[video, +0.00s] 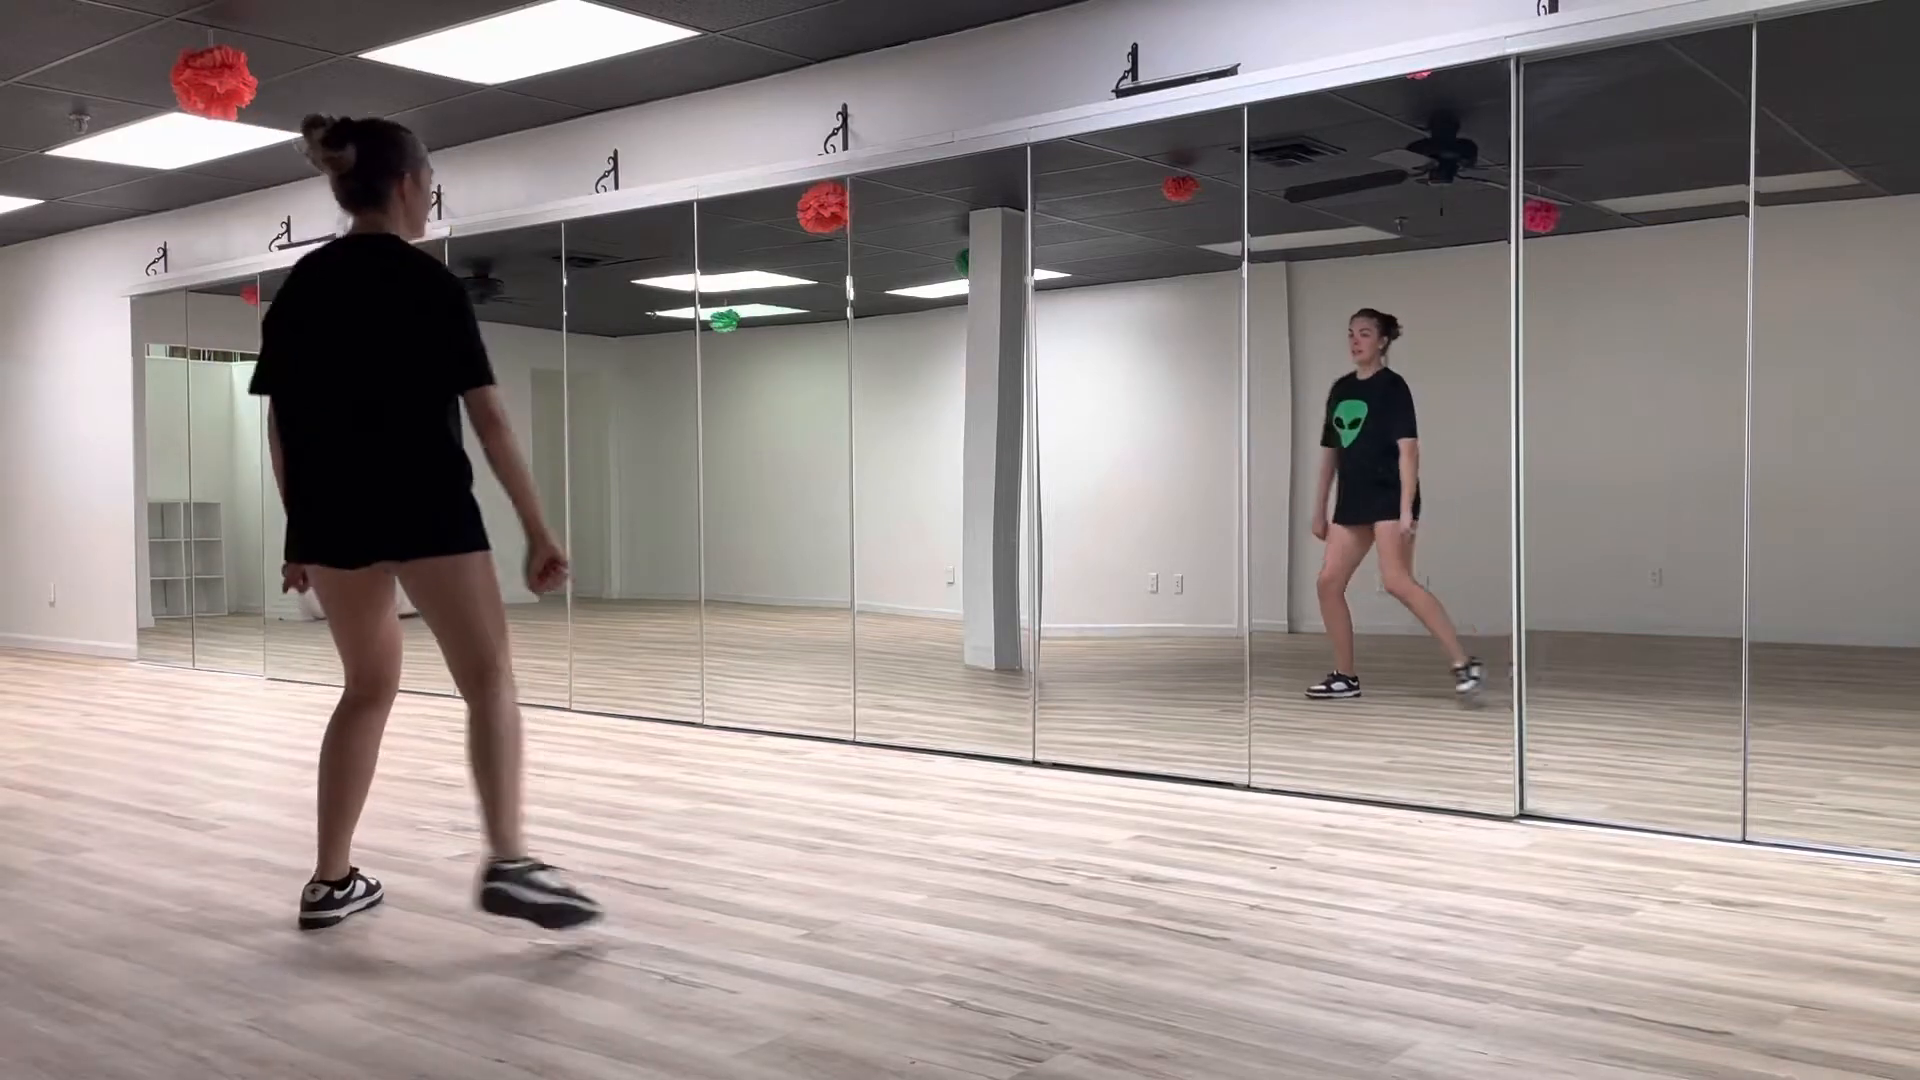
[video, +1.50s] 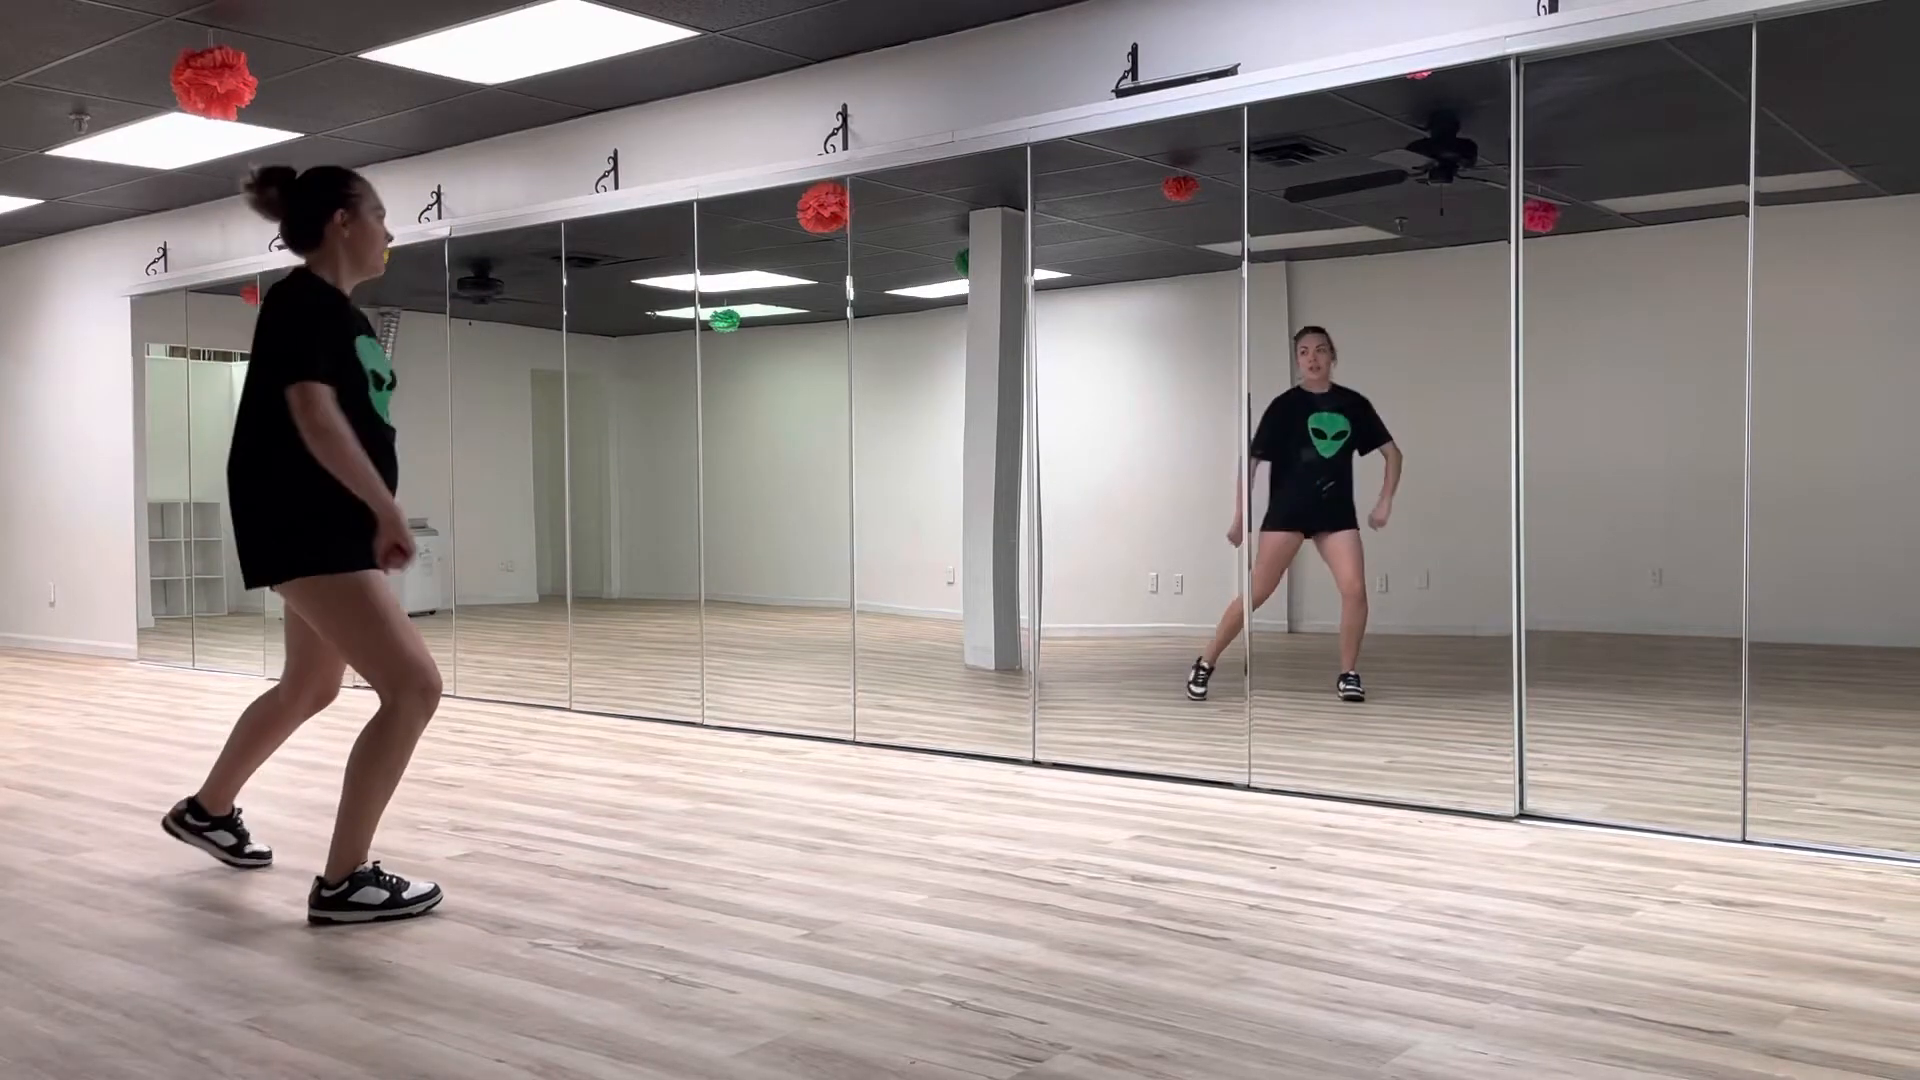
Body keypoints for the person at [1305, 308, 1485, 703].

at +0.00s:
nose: (1356, 341)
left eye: (1364, 335)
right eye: (1352, 335)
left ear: (1384, 341)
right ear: (1348, 340)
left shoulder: (1394, 387)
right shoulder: (1340, 389)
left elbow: (1408, 450)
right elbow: (1329, 455)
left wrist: (1407, 509)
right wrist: (1320, 510)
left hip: (1392, 500)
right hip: (1353, 502)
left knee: (1397, 581)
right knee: (1328, 583)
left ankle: (1462, 664)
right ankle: (1344, 675)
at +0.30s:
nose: (1338, 335)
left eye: (1347, 327)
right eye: (1334, 329)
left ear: (1366, 332)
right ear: (1330, 335)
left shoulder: (1386, 378)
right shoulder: (1322, 381)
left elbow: (1393, 446)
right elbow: (1313, 449)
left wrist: (1391, 505)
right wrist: (1306, 505)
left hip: (1367, 494)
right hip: (1325, 493)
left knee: (1353, 581)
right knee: (1331, 582)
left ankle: (1353, 674)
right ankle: (1336, 671)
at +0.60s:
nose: (1336, 338)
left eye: (1345, 331)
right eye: (1331, 332)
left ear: (1362, 338)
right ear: (1325, 338)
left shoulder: (1381, 386)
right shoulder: (1310, 385)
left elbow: (1397, 444)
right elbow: (1291, 444)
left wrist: (1420, 501)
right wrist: (1266, 496)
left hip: (1364, 499)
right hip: (1315, 499)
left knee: (1357, 584)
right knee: (1318, 586)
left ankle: (1355, 673)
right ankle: (1327, 668)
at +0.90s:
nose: (1319, 339)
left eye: (1327, 333)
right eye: (1311, 334)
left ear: (1339, 339)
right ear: (1303, 340)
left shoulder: (1358, 383)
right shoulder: (1285, 383)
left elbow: (1411, 407)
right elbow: (1229, 405)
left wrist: (1417, 389)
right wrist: (1253, 381)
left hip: (1341, 496)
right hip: (1292, 493)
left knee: (1351, 581)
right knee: (1265, 580)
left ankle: (1354, 673)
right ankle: (1220, 653)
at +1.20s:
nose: (1293, 376)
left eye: (1299, 368)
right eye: (1284, 369)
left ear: (1308, 373)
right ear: (1273, 375)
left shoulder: (1320, 412)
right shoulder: (1256, 409)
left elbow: (1368, 411)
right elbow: (1198, 418)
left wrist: (1349, 429)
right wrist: (1235, 445)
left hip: (1303, 525)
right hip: (1258, 523)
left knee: (1348, 584)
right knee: (1238, 606)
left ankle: (1348, 674)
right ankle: (1193, 675)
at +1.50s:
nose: (1312, 357)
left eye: (1320, 350)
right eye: (1305, 352)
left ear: (1332, 358)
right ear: (1296, 360)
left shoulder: (1354, 404)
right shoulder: (1283, 406)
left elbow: (1392, 453)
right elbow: (1251, 464)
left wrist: (1385, 500)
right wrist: (1239, 517)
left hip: (1336, 514)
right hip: (1287, 513)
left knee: (1355, 591)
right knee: (1258, 592)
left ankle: (1348, 673)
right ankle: (1207, 662)